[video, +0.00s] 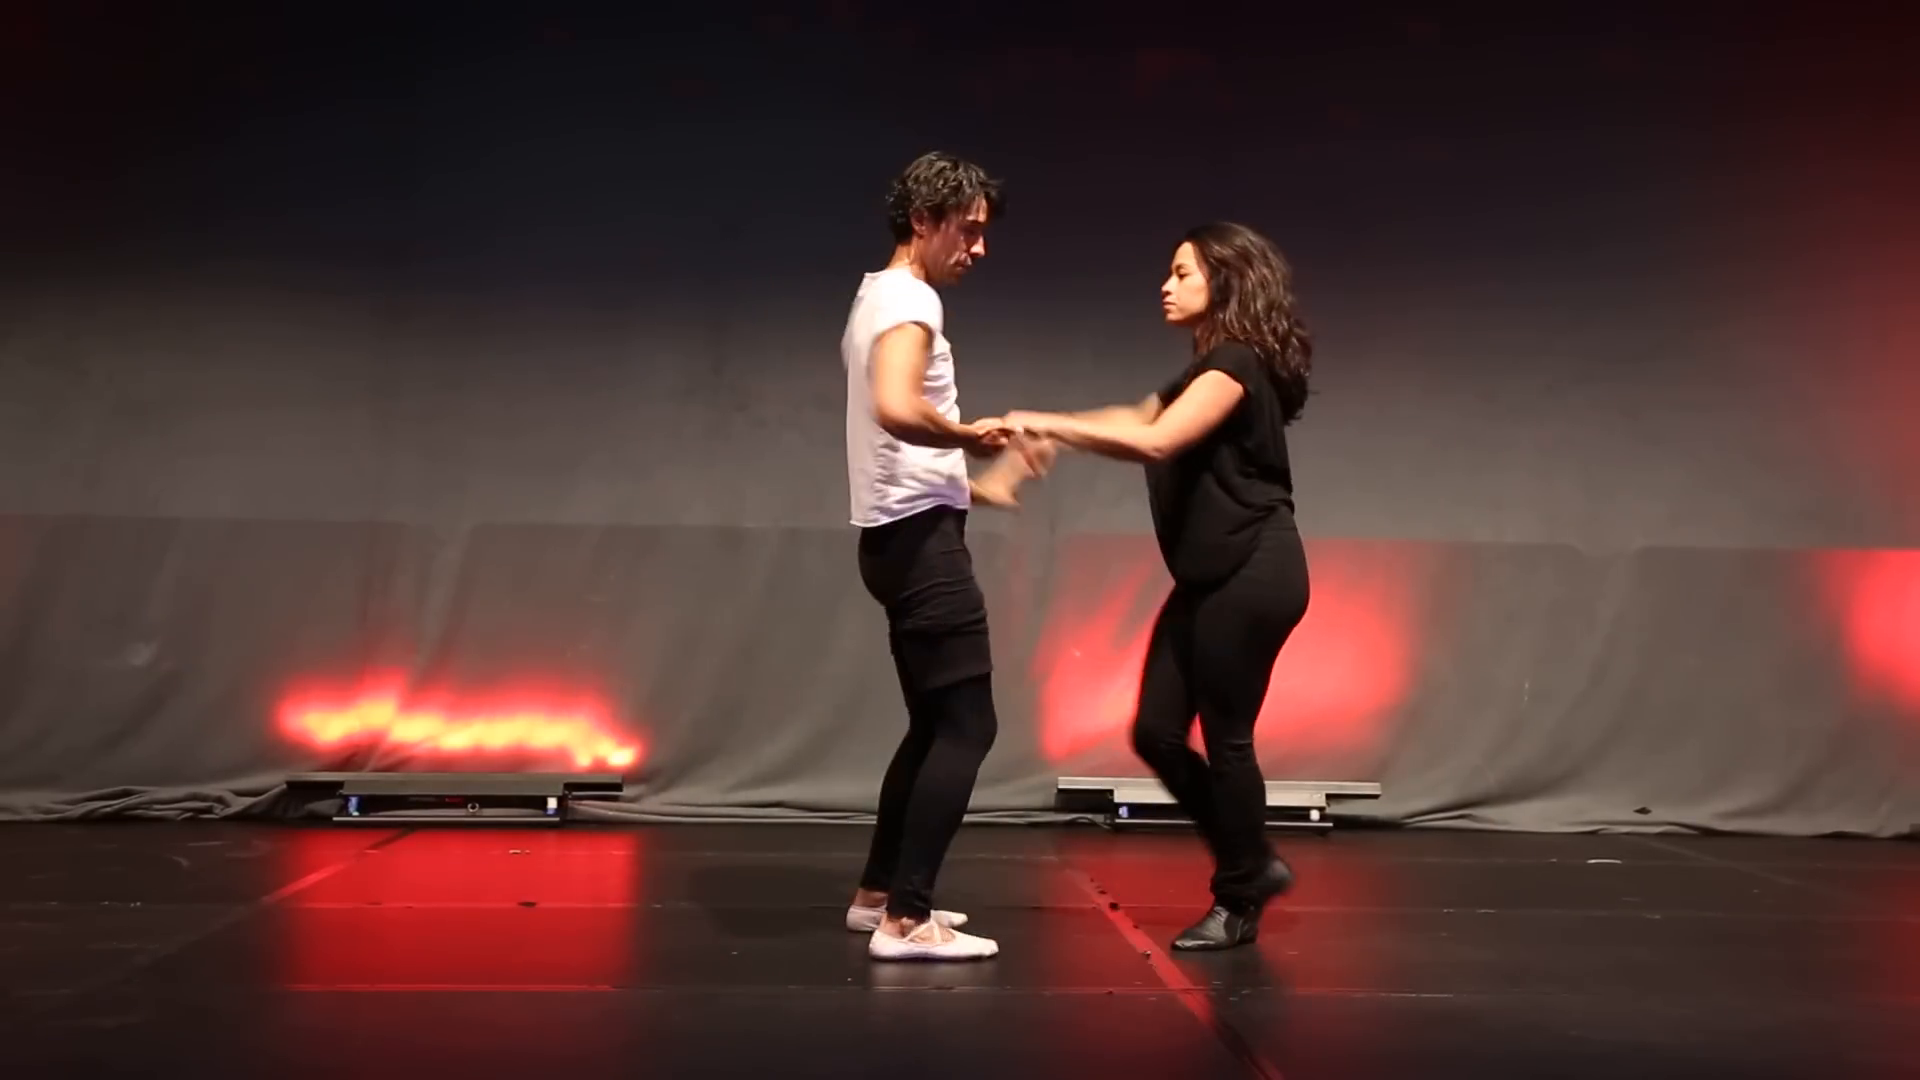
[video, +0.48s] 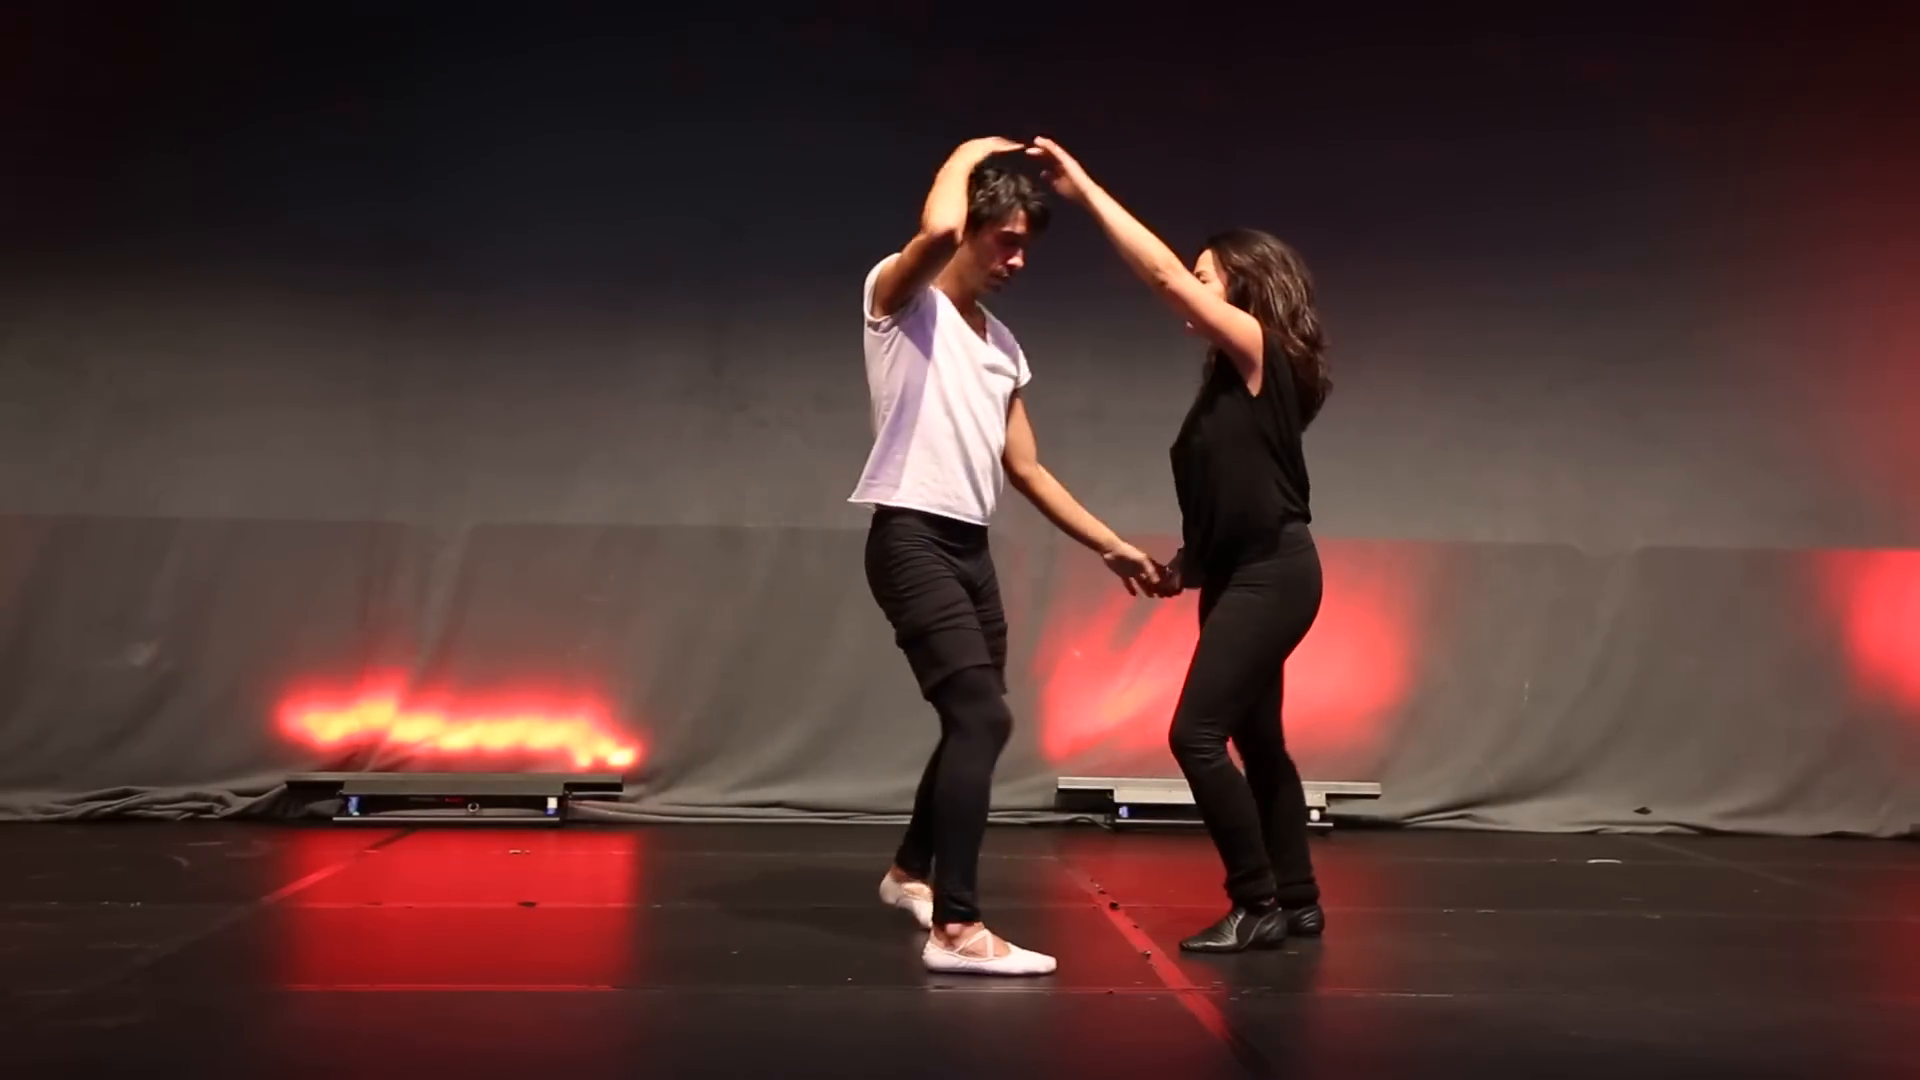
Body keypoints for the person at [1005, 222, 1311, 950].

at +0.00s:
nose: (1168, 286)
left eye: (1183, 274)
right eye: (1171, 273)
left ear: (1228, 283)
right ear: (1206, 288)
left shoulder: (1237, 363)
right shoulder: (1200, 369)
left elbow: (1159, 441)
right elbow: (1129, 423)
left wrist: (1051, 427)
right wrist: (1041, 429)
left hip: (1253, 576)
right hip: (1208, 578)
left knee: (1227, 739)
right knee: (1157, 734)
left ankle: (1238, 904)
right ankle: (1254, 863)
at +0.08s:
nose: (1173, 286)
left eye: (1188, 274)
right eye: (1176, 273)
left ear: (1233, 285)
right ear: (1221, 289)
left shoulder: (1240, 365)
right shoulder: (1217, 369)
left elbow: (1175, 447)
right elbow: (1169, 463)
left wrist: (1063, 436)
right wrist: (1095, 488)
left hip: (1252, 575)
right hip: (1220, 576)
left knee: (1203, 735)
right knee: (1186, 734)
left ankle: (1237, 905)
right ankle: (1275, 876)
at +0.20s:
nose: (1178, 290)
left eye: (1194, 277)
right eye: (1183, 276)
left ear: (1238, 288)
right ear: (1227, 290)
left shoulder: (1245, 359)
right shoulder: (1230, 368)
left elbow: (1204, 400)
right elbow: (1206, 484)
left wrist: (1100, 351)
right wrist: (1144, 541)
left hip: (1258, 568)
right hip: (1250, 568)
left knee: (1188, 729)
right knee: (1231, 740)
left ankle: (1237, 901)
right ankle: (1291, 900)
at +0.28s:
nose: (1183, 292)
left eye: (1198, 278)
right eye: (1184, 279)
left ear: (1244, 288)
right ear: (1229, 289)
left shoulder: (1257, 361)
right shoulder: (1230, 372)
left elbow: (1183, 332)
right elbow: (1231, 492)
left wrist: (1107, 261)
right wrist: (1164, 554)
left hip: (1264, 572)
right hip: (1251, 574)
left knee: (1183, 727)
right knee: (1253, 742)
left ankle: (1242, 896)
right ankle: (1294, 901)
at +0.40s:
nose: (1194, 293)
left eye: (1206, 282)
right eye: (1194, 281)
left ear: (1248, 289)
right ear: (1243, 297)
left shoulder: (1259, 356)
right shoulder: (1234, 373)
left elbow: (1183, 286)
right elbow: (1228, 496)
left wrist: (1102, 199)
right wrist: (1175, 565)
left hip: (1268, 572)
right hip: (1251, 573)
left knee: (1191, 734)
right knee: (1273, 745)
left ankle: (1257, 903)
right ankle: (1297, 901)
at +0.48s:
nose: (1190, 286)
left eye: (1204, 275)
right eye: (1192, 274)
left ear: (1246, 285)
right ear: (1240, 294)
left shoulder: (1261, 349)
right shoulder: (1231, 372)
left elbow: (1168, 275)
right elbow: (1235, 504)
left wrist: (1087, 191)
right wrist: (1182, 566)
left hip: (1272, 576)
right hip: (1235, 580)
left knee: (1197, 735)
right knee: (1260, 745)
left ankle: (1258, 906)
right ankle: (1295, 902)